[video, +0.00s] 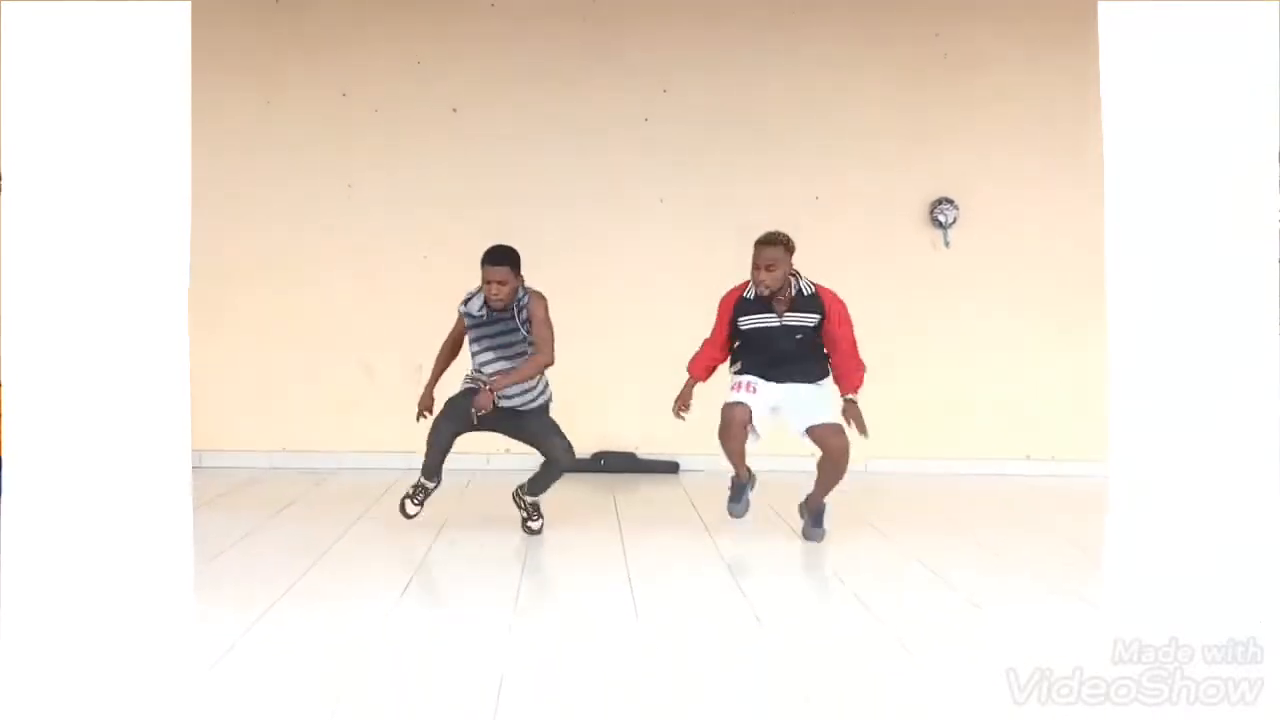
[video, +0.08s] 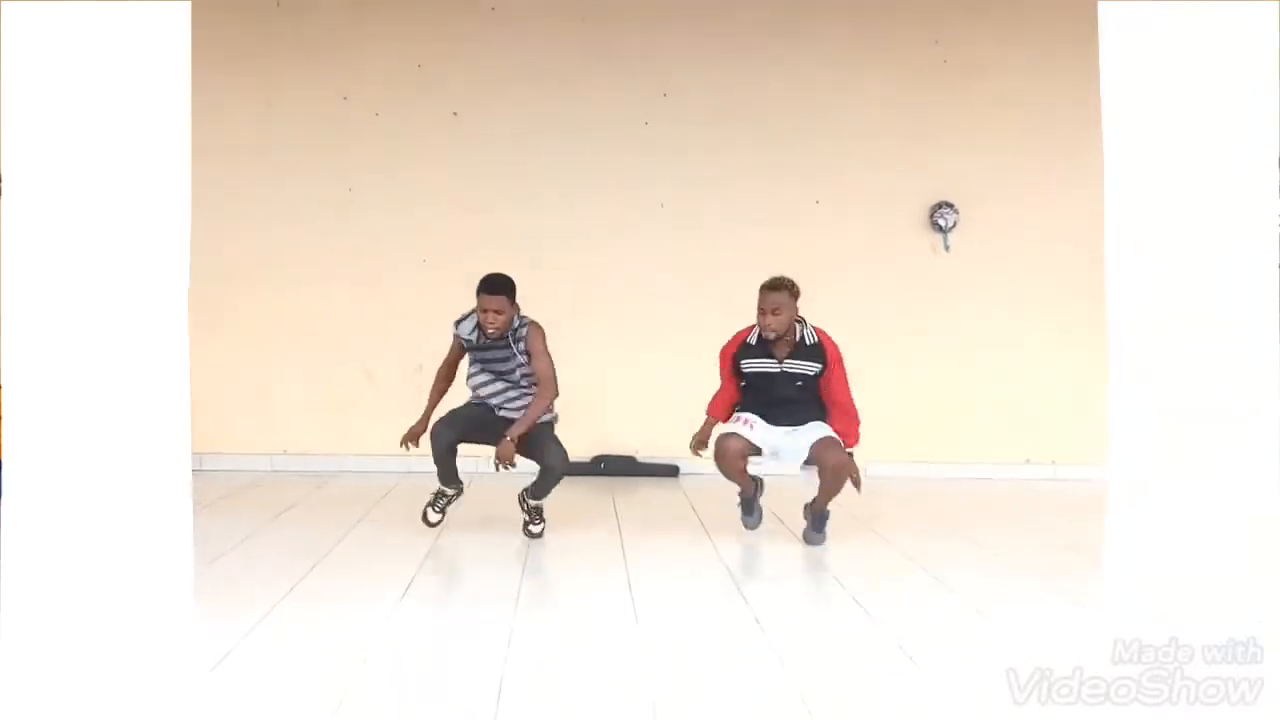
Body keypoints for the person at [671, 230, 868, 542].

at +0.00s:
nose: (761, 276)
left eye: (770, 269)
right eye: (756, 267)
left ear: (790, 267)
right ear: (751, 265)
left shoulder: (823, 301)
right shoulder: (736, 301)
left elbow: (843, 347)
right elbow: (717, 344)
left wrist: (849, 397)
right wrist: (689, 384)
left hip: (807, 386)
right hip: (753, 383)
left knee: (838, 448)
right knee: (731, 421)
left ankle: (814, 504)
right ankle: (741, 477)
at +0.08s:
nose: (766, 321)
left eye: (776, 314)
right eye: (762, 313)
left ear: (795, 312)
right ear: (756, 310)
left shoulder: (820, 345)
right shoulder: (740, 345)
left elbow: (839, 398)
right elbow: (730, 388)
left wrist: (847, 451)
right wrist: (706, 428)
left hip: (806, 426)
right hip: (755, 423)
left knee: (838, 463)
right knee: (726, 451)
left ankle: (818, 509)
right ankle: (749, 489)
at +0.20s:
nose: (773, 357)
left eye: (783, 351)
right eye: (768, 350)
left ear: (800, 354)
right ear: (762, 350)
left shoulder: (818, 394)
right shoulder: (741, 388)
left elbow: (836, 444)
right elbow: (730, 433)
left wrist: (861, 474)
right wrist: (708, 463)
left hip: (802, 465)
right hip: (756, 466)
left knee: (833, 471)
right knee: (718, 491)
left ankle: (818, 512)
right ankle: (764, 505)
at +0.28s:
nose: (768, 351)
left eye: (777, 345)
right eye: (762, 343)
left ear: (792, 348)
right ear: (756, 345)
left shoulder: (818, 381)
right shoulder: (740, 379)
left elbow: (844, 417)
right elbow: (718, 410)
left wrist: (872, 403)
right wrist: (700, 419)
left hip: (804, 458)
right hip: (756, 460)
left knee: (827, 477)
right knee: (725, 480)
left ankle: (815, 512)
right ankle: (762, 504)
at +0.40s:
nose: (762, 323)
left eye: (771, 316)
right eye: (756, 315)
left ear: (789, 310)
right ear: (751, 310)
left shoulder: (814, 326)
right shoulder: (744, 334)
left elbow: (861, 357)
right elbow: (732, 372)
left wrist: (807, 341)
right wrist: (704, 382)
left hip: (808, 425)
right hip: (754, 423)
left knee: (844, 463)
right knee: (716, 439)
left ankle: (813, 506)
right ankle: (744, 495)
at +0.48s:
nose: (746, 291)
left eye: (756, 283)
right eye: (740, 283)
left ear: (775, 279)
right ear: (735, 278)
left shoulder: (798, 303)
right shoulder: (740, 302)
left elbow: (806, 366)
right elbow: (736, 347)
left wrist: (754, 365)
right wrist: (706, 383)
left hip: (813, 391)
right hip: (765, 386)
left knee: (839, 462)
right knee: (711, 409)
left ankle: (813, 508)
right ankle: (695, 506)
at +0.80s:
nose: (760, 264)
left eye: (769, 257)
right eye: (754, 256)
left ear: (784, 251)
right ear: (746, 249)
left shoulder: (796, 274)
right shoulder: (747, 261)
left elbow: (792, 322)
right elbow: (743, 233)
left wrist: (740, 308)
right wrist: (735, 209)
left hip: (797, 382)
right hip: (749, 380)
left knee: (830, 458)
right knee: (704, 442)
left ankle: (825, 511)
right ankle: (664, 529)